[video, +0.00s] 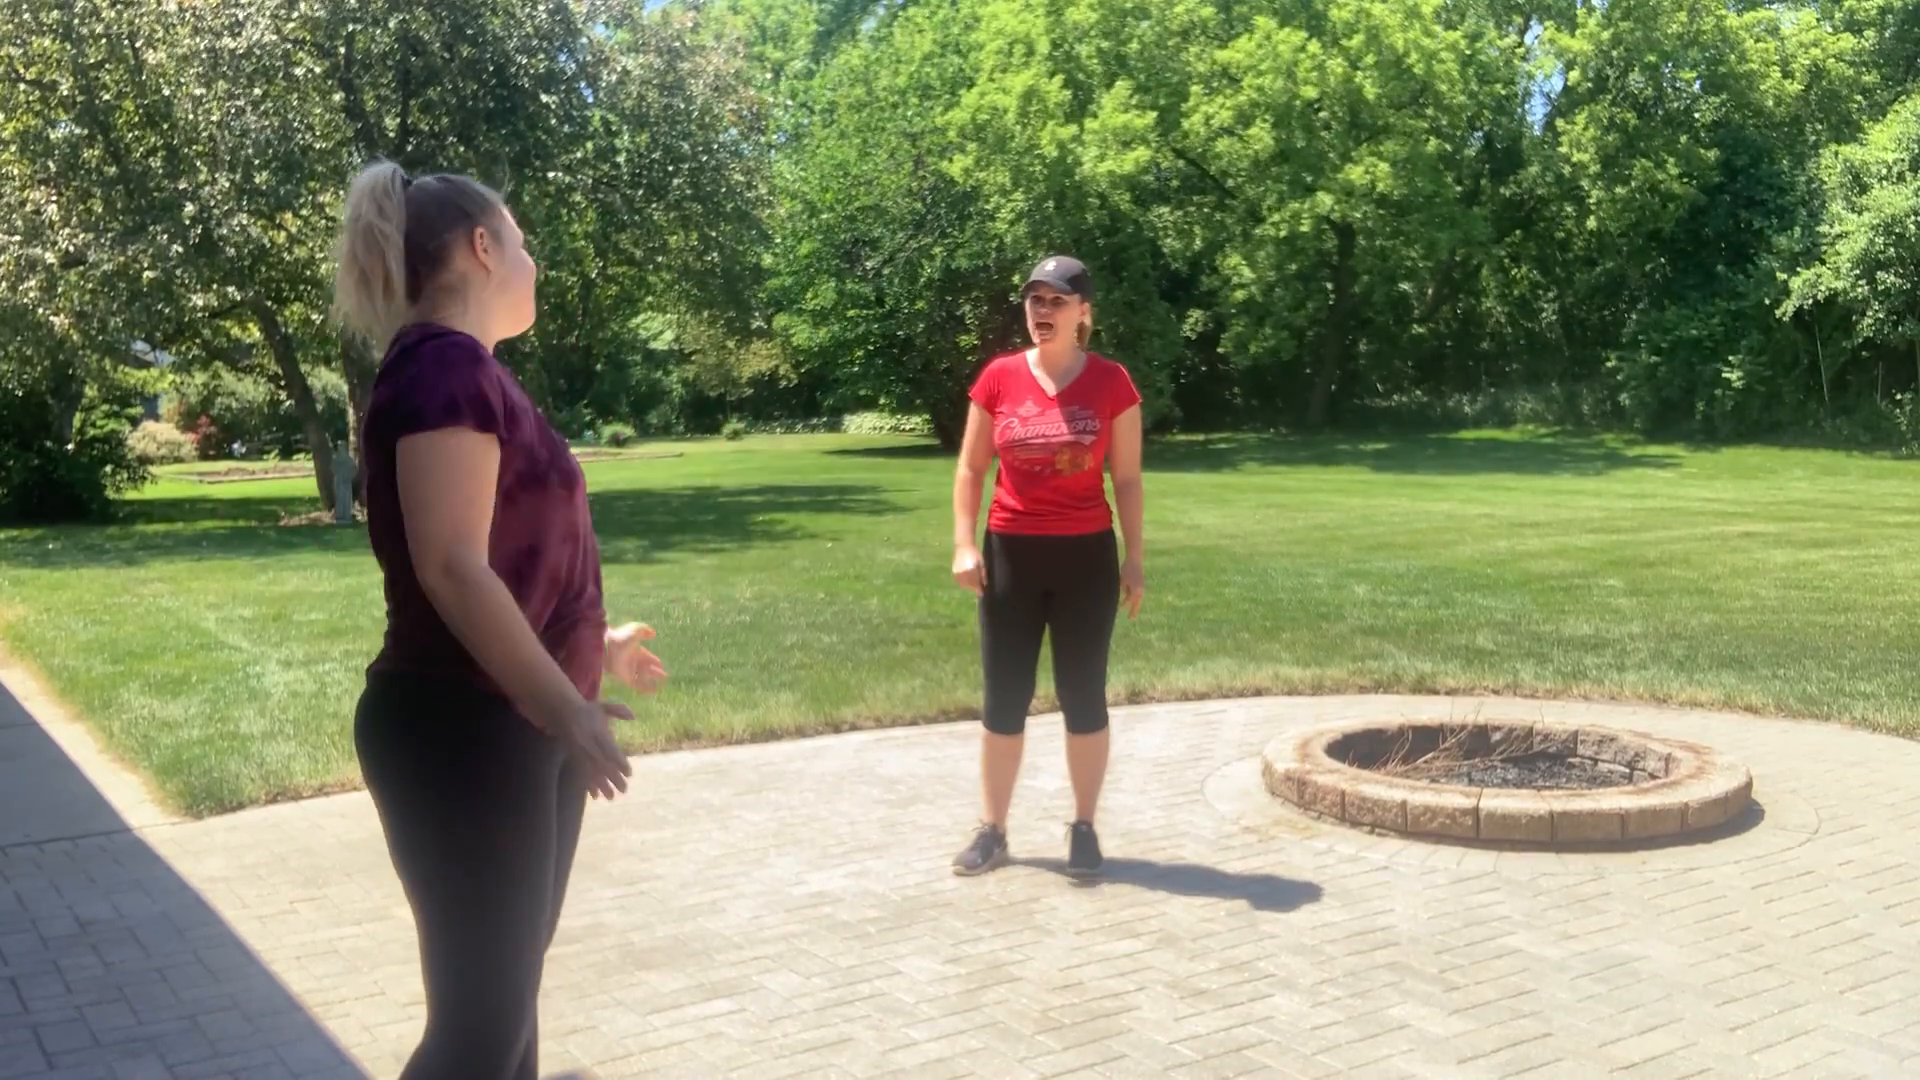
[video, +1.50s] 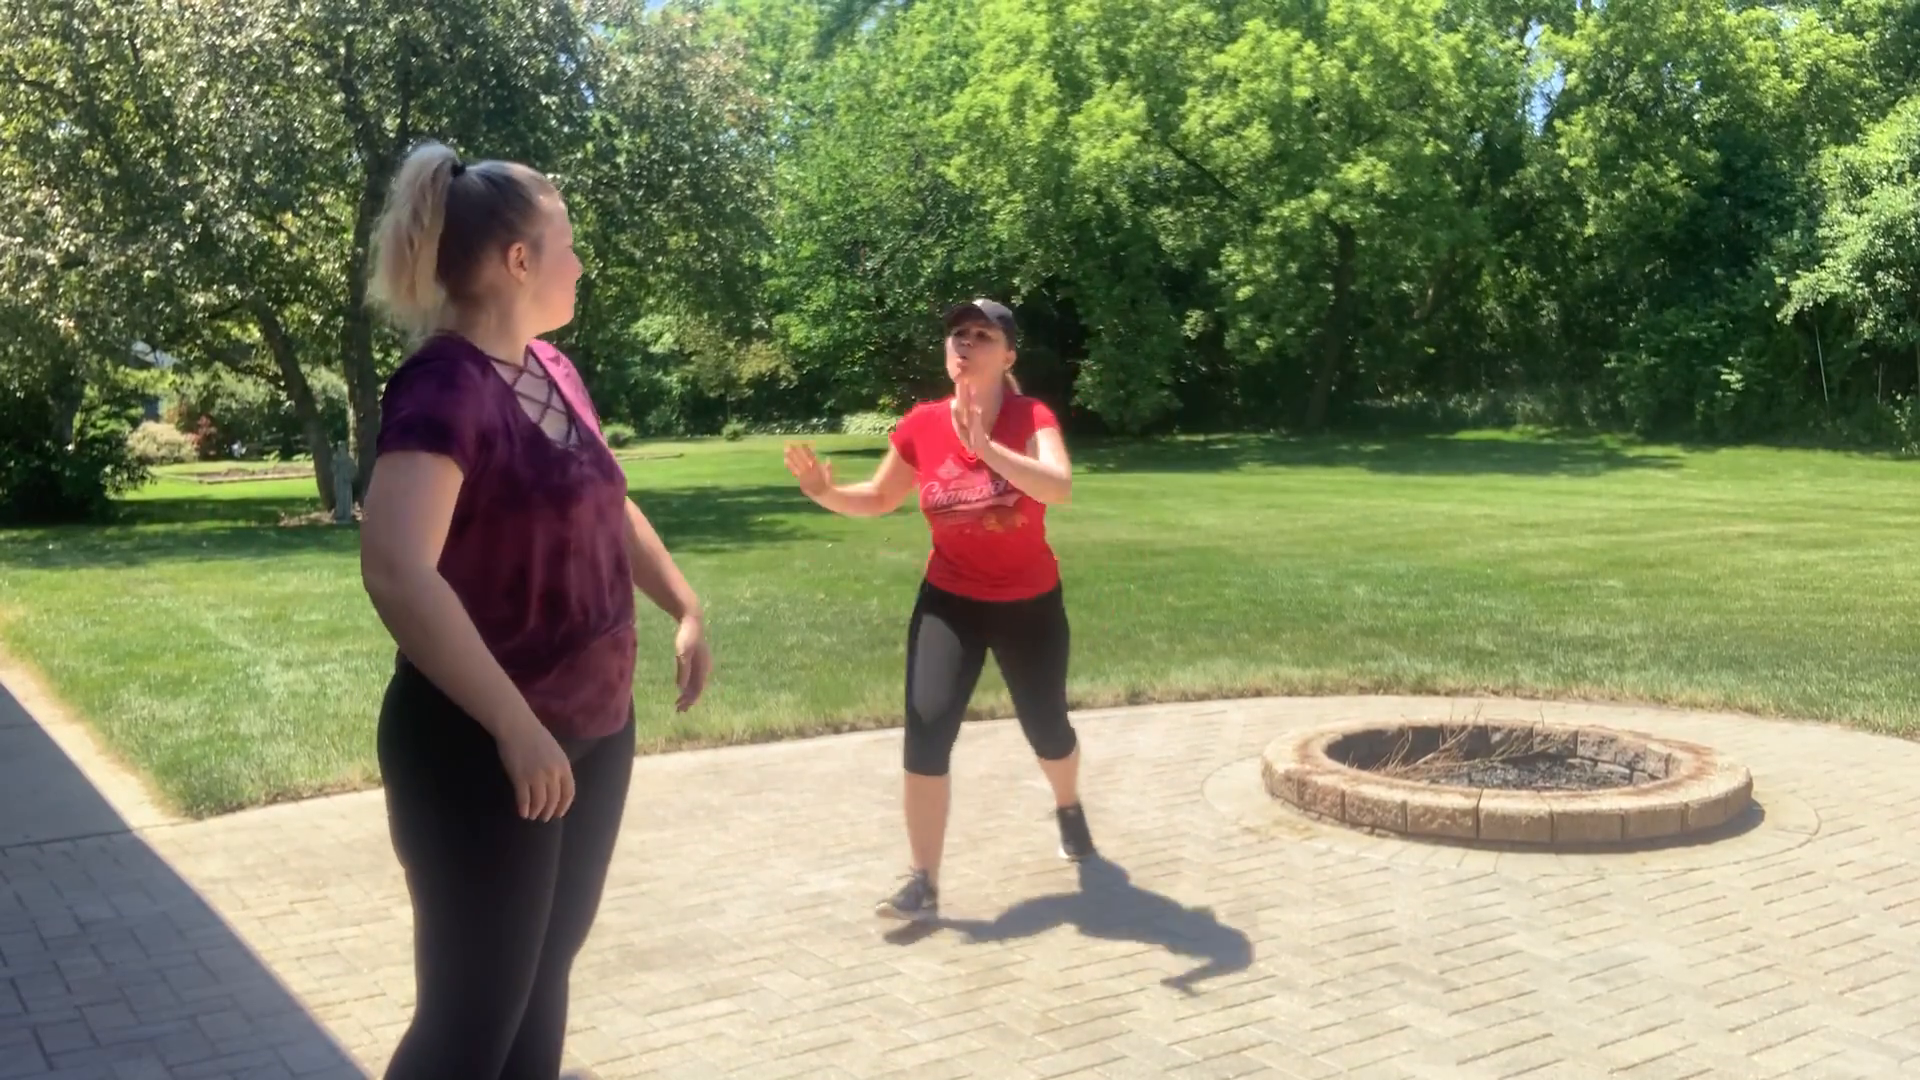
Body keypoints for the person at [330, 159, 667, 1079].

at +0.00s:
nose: (532, 262)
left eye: (525, 242)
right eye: (520, 241)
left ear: (451, 259)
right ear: (479, 246)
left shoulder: (467, 372)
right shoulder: (446, 365)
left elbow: (467, 573)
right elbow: (450, 566)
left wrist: (584, 644)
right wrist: (563, 712)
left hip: (505, 721)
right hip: (467, 725)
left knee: (502, 1021)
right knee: (480, 1028)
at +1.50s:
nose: (579, 259)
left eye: (572, 240)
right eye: (565, 242)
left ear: (514, 262)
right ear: (517, 261)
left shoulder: (553, 365)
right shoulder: (447, 384)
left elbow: (607, 504)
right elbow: (395, 566)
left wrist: (685, 604)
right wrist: (519, 726)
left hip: (588, 732)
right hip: (482, 744)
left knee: (542, 991)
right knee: (468, 1024)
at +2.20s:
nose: (604, 275)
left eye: (606, 254)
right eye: (581, 254)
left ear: (603, 258)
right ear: (504, 260)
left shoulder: (593, 371)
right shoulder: (443, 370)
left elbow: (606, 553)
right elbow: (388, 543)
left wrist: (674, 651)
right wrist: (449, 645)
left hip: (573, 721)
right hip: (442, 719)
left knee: (541, 1005)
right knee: (459, 1011)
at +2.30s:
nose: (560, 280)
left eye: (571, 259)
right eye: (536, 257)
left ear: (583, 265)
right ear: (466, 257)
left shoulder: (579, 385)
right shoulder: (411, 363)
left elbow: (586, 568)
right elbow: (315, 519)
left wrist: (683, 639)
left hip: (568, 729)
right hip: (427, 728)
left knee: (530, 1015)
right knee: (440, 1024)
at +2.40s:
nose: (511, 267)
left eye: (530, 250)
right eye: (485, 246)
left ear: (551, 274)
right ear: (432, 262)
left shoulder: (568, 399)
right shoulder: (370, 363)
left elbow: (584, 575)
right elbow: (243, 507)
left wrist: (680, 615)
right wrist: (317, 419)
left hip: (550, 747)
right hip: (389, 743)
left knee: (534, 1036)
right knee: (417, 1038)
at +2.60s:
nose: (425, 217)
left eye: (447, 209)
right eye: (397, 202)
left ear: (471, 251)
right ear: (347, 237)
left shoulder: (517, 383)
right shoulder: (284, 352)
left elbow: (561, 560)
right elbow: (108, 434)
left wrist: (651, 590)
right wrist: (295, 380)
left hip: (506, 764)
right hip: (320, 769)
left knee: (509, 1054)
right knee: (364, 1056)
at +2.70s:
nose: (381, 201)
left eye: (405, 194)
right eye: (351, 189)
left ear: (435, 245)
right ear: (304, 236)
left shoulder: (499, 374)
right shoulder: (248, 364)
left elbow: (553, 544)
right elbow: (51, 437)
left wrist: (652, 583)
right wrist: (259, 417)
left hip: (489, 775)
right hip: (295, 781)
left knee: (448, 1052)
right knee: (336, 1054)